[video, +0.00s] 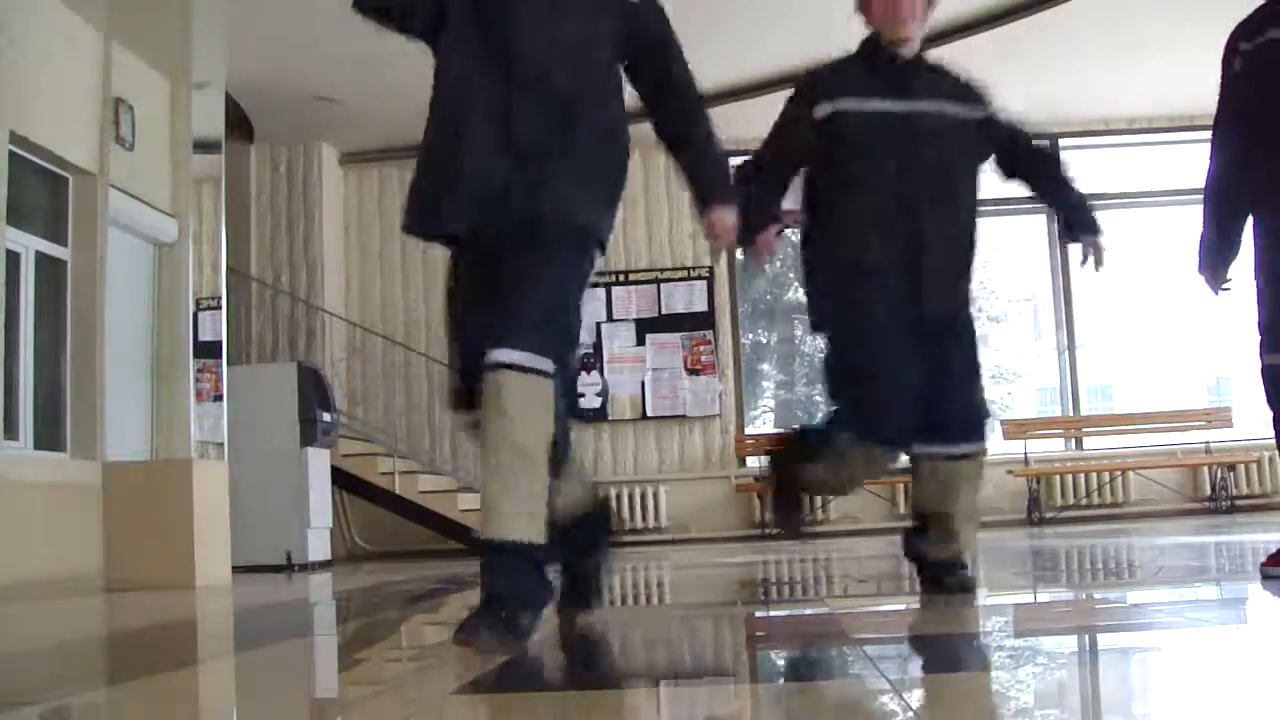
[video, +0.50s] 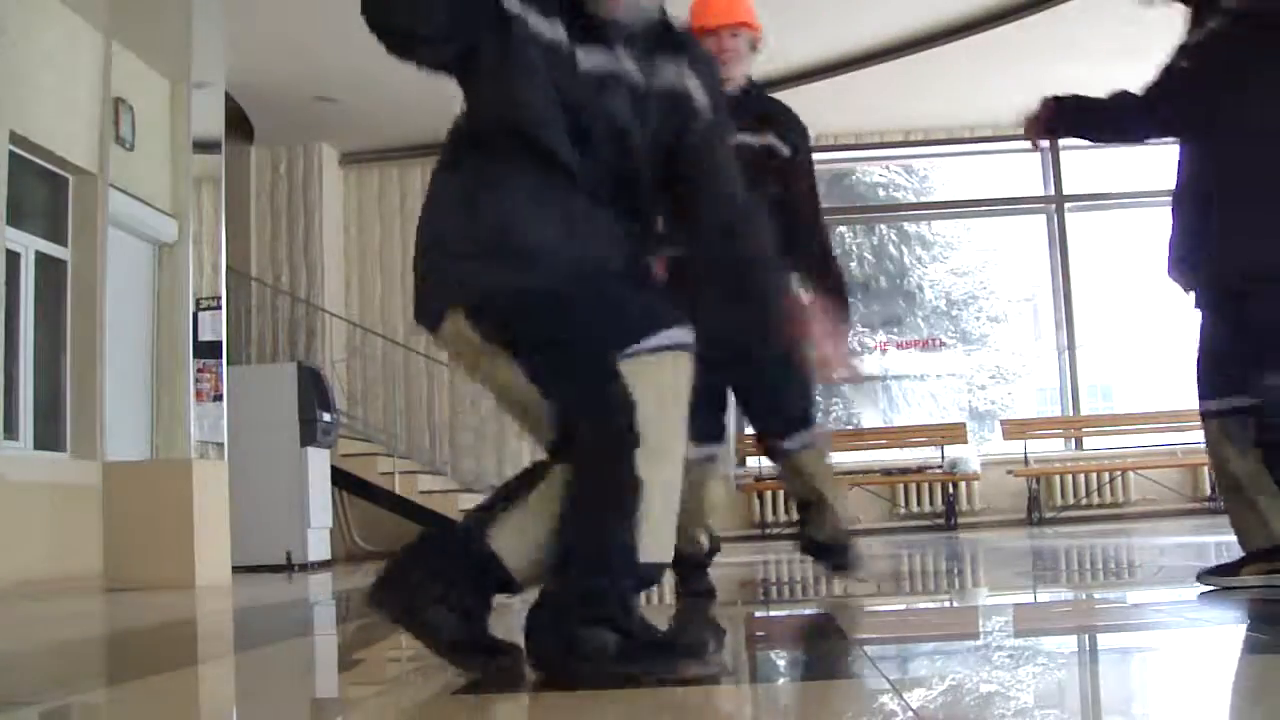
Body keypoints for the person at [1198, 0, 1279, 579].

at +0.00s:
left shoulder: (1255, 36)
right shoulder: (1252, 35)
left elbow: (1233, 154)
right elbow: (1232, 152)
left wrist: (1216, 251)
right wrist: (1218, 250)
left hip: (1277, 269)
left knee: (1279, 404)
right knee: (1278, 405)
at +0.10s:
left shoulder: (1245, 40)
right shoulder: (1243, 39)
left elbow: (1227, 159)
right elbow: (1227, 157)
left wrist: (1216, 255)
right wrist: (1218, 253)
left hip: (1273, 262)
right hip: (1267, 261)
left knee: (1279, 402)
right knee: (1276, 401)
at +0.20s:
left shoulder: (1244, 48)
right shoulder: (1230, 45)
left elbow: (1252, 149)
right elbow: (1220, 154)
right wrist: (1212, 248)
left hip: (1271, 248)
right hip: (1261, 249)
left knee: (1273, 386)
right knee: (1269, 385)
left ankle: (1275, 529)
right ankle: (1274, 527)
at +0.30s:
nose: (1241, 1)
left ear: (1264, 2)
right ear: (1249, 3)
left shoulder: (1244, 51)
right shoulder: (1228, 49)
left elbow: (1223, 144)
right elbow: (1213, 145)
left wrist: (1151, 142)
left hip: (1267, 249)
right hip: (1258, 248)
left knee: (1266, 390)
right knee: (1265, 389)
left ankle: (1270, 541)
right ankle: (1269, 541)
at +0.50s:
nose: (1178, 10)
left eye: (1182, 6)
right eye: (1181, 7)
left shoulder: (1227, 43)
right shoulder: (1248, 37)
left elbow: (1157, 112)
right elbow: (1160, 111)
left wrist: (1063, 113)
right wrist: (1071, 115)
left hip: (1245, 271)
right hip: (1253, 267)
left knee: (1226, 404)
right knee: (1236, 406)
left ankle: (1265, 547)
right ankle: (1264, 547)